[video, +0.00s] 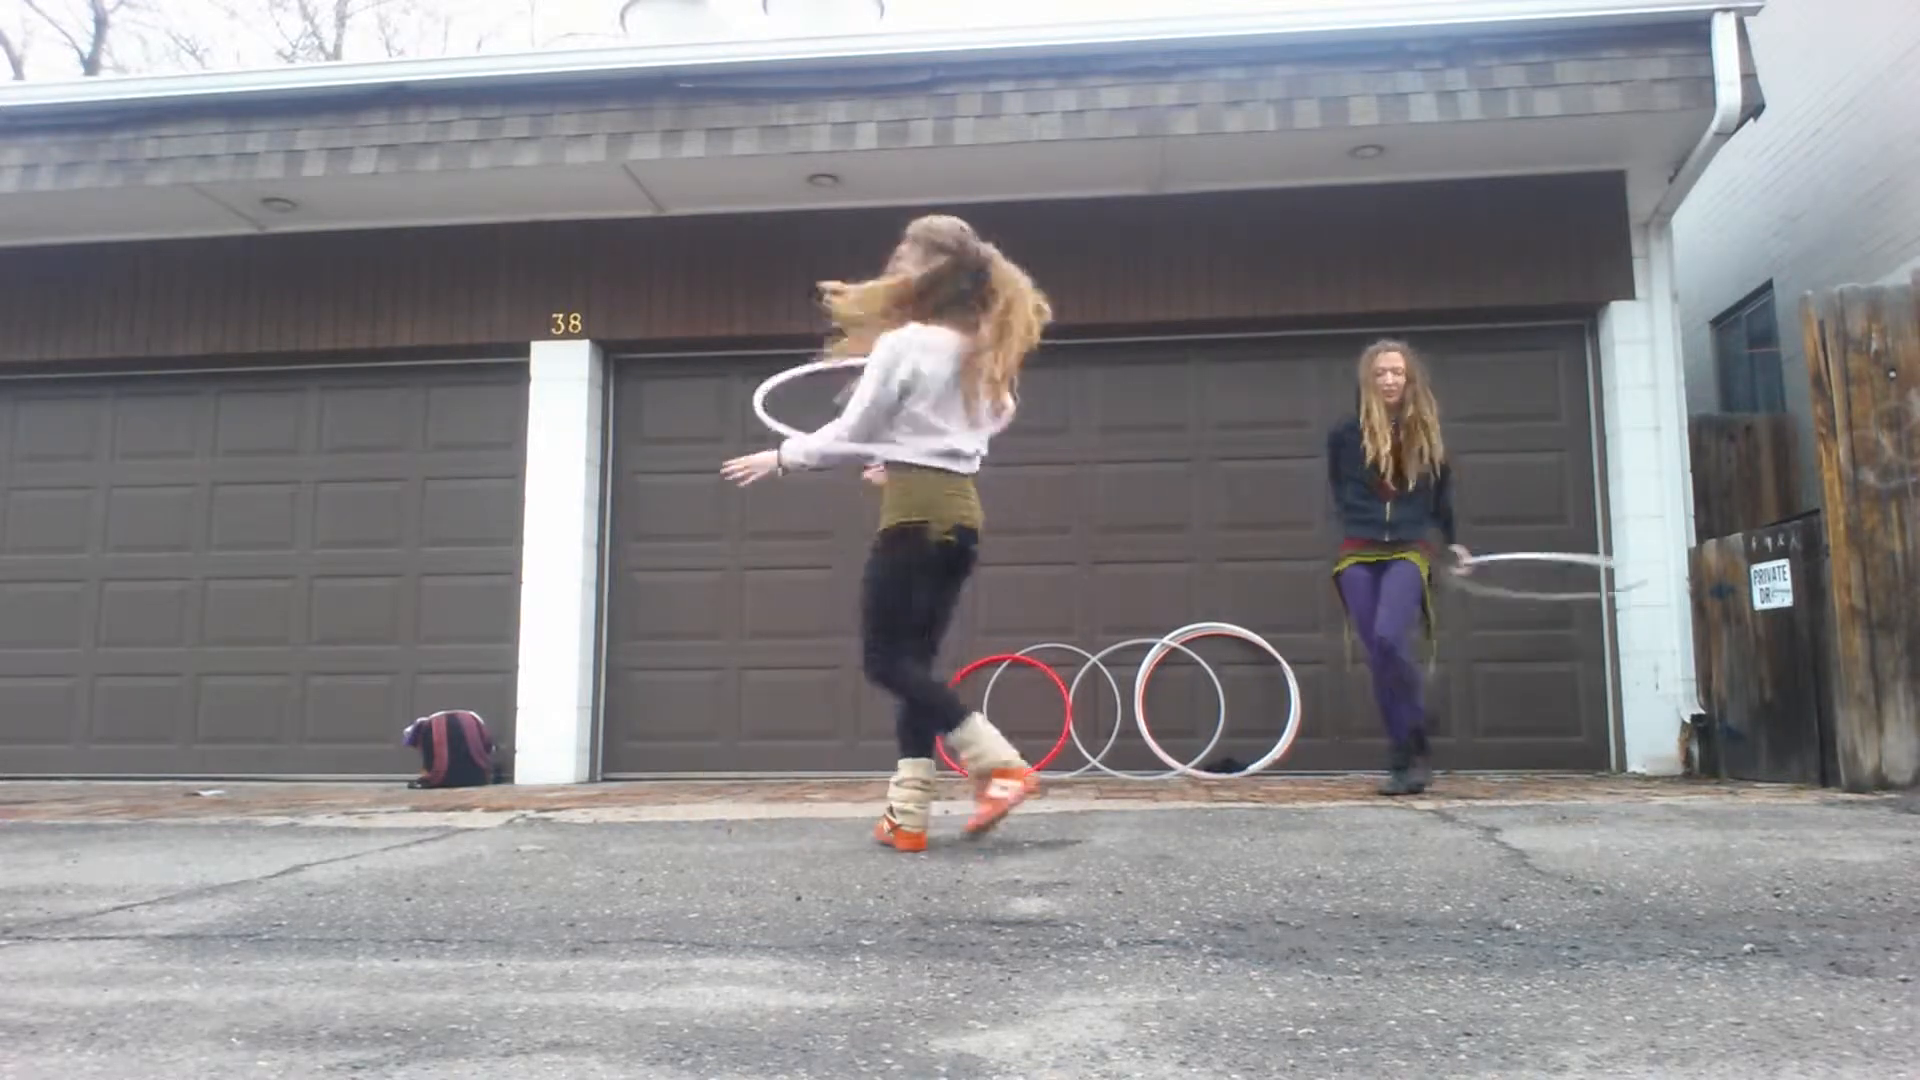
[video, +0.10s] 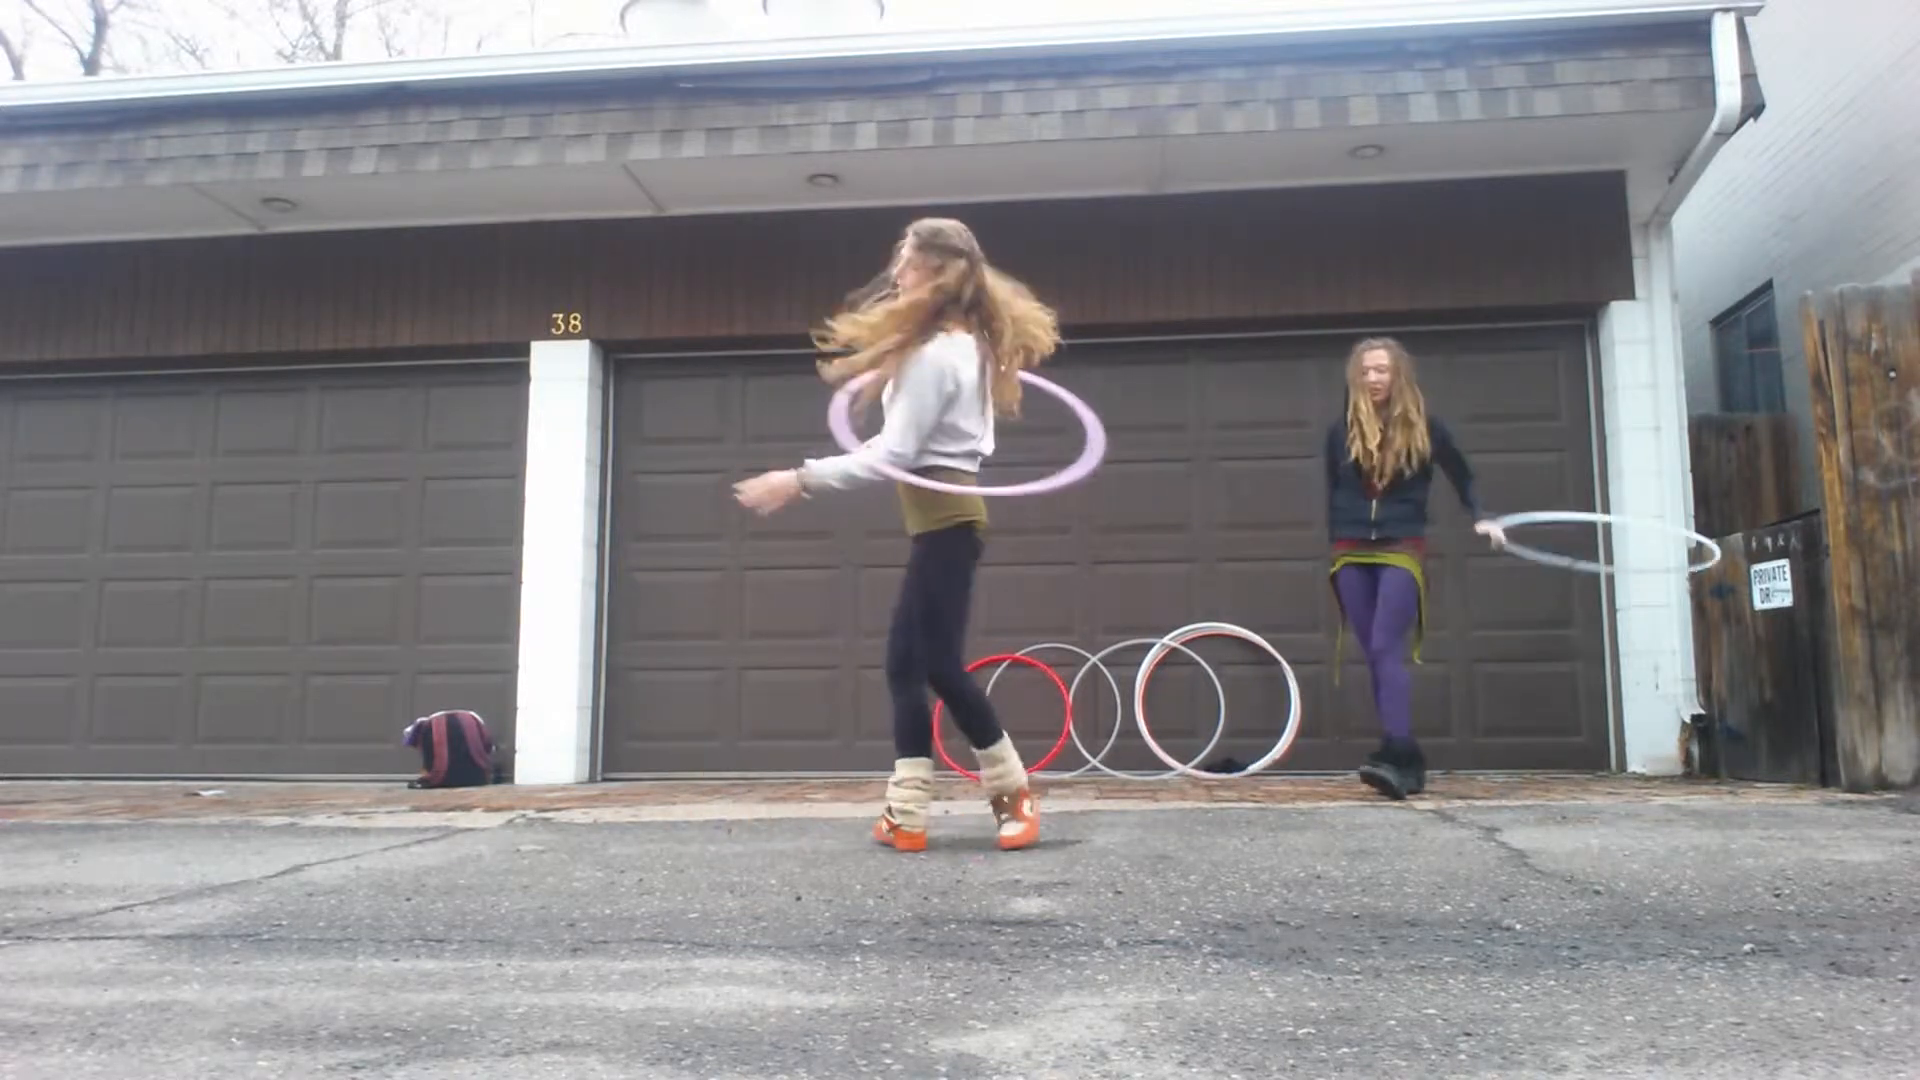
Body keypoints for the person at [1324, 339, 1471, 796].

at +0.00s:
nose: (1388, 381)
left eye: (1396, 373)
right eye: (1380, 373)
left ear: (1410, 380)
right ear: (1367, 380)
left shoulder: (1425, 436)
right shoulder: (1346, 436)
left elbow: (1441, 496)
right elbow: (1342, 497)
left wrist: (1453, 542)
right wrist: (1370, 528)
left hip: (1410, 549)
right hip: (1357, 549)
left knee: (1388, 636)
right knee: (1377, 647)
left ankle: (1414, 739)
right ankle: (1400, 757)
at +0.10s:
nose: (1374, 378)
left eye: (1382, 370)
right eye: (1366, 371)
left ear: (1398, 376)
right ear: (1357, 377)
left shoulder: (1423, 428)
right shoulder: (1342, 431)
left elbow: (1460, 475)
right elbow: (1335, 491)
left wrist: (1479, 517)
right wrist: (1338, 542)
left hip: (1401, 548)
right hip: (1350, 547)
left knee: (1385, 644)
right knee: (1373, 652)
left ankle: (1396, 755)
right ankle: (1405, 758)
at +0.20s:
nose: (1355, 378)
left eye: (1363, 369)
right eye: (1351, 370)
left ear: (1386, 374)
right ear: (1346, 377)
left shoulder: (1411, 420)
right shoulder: (1344, 426)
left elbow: (1433, 450)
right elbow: (1323, 487)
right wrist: (1297, 544)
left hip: (1396, 546)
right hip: (1350, 548)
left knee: (1377, 643)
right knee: (1367, 649)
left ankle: (1390, 760)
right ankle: (1403, 759)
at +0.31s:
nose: (1349, 374)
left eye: (1358, 365)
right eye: (1348, 365)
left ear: (1384, 368)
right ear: (1349, 373)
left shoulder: (1410, 421)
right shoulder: (1346, 423)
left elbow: (1376, 442)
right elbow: (1317, 466)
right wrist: (1269, 484)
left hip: (1394, 545)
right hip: (1355, 545)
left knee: (1374, 646)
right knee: (1359, 650)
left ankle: (1387, 763)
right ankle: (1405, 756)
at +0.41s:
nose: (1346, 368)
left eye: (1354, 359)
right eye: (1345, 360)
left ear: (1380, 362)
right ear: (1349, 365)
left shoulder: (1400, 408)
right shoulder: (1354, 412)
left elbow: (1346, 408)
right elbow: (1302, 451)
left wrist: (1282, 382)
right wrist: (1261, 428)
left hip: (1385, 543)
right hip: (1355, 544)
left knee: (1362, 651)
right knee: (1349, 659)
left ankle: (1385, 764)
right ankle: (1410, 750)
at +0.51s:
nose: (1341, 366)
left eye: (1349, 358)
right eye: (1341, 358)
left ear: (1374, 360)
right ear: (1361, 363)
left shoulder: (1390, 399)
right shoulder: (1360, 407)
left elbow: (1326, 399)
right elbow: (1304, 427)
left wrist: (1270, 366)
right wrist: (1270, 388)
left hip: (1377, 534)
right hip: (1361, 534)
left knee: (1348, 650)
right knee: (1337, 656)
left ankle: (1386, 762)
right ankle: (1404, 747)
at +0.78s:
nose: (1326, 361)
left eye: (1331, 353)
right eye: (1325, 353)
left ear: (1352, 356)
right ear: (1375, 358)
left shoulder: (1349, 393)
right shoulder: (1389, 399)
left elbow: (1275, 413)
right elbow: (1340, 402)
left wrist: (1256, 376)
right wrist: (1320, 361)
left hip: (1347, 535)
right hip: (1378, 535)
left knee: (1345, 650)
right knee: (1349, 649)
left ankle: (1384, 759)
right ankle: (1380, 758)